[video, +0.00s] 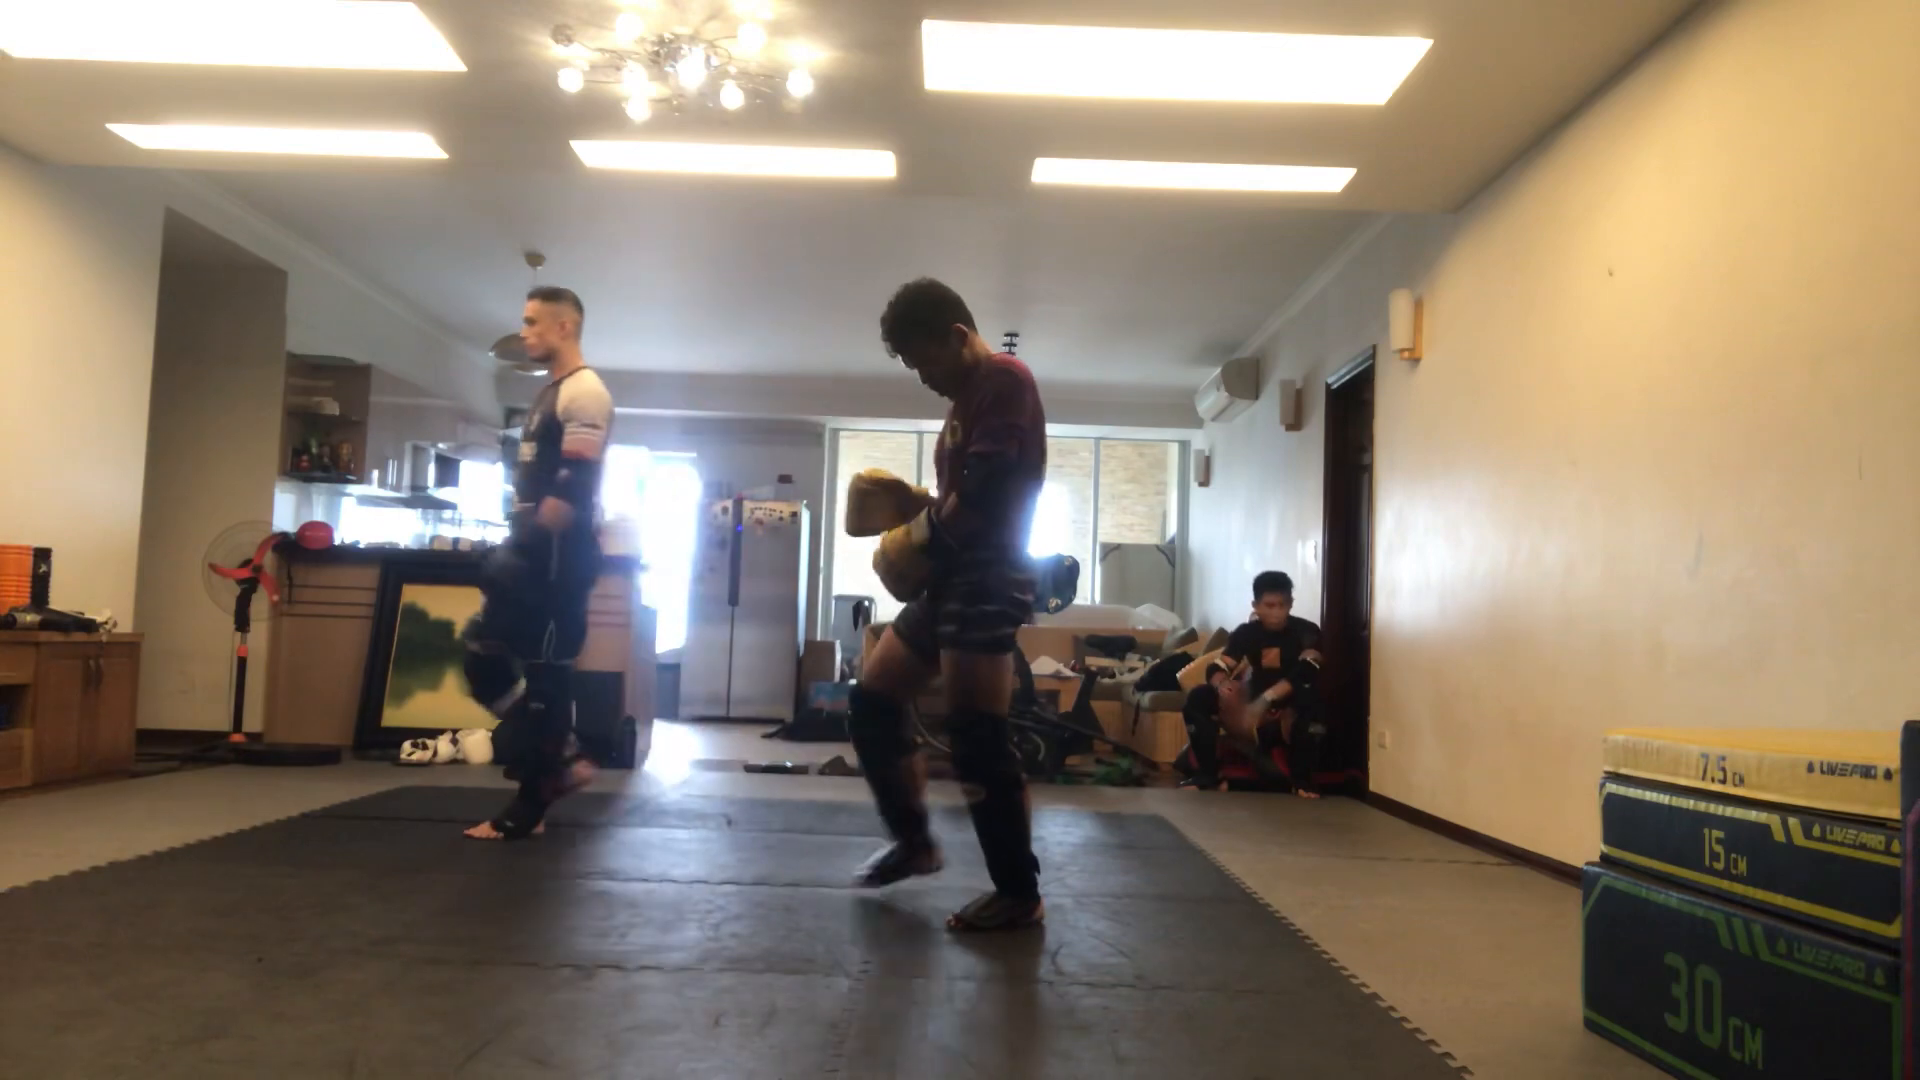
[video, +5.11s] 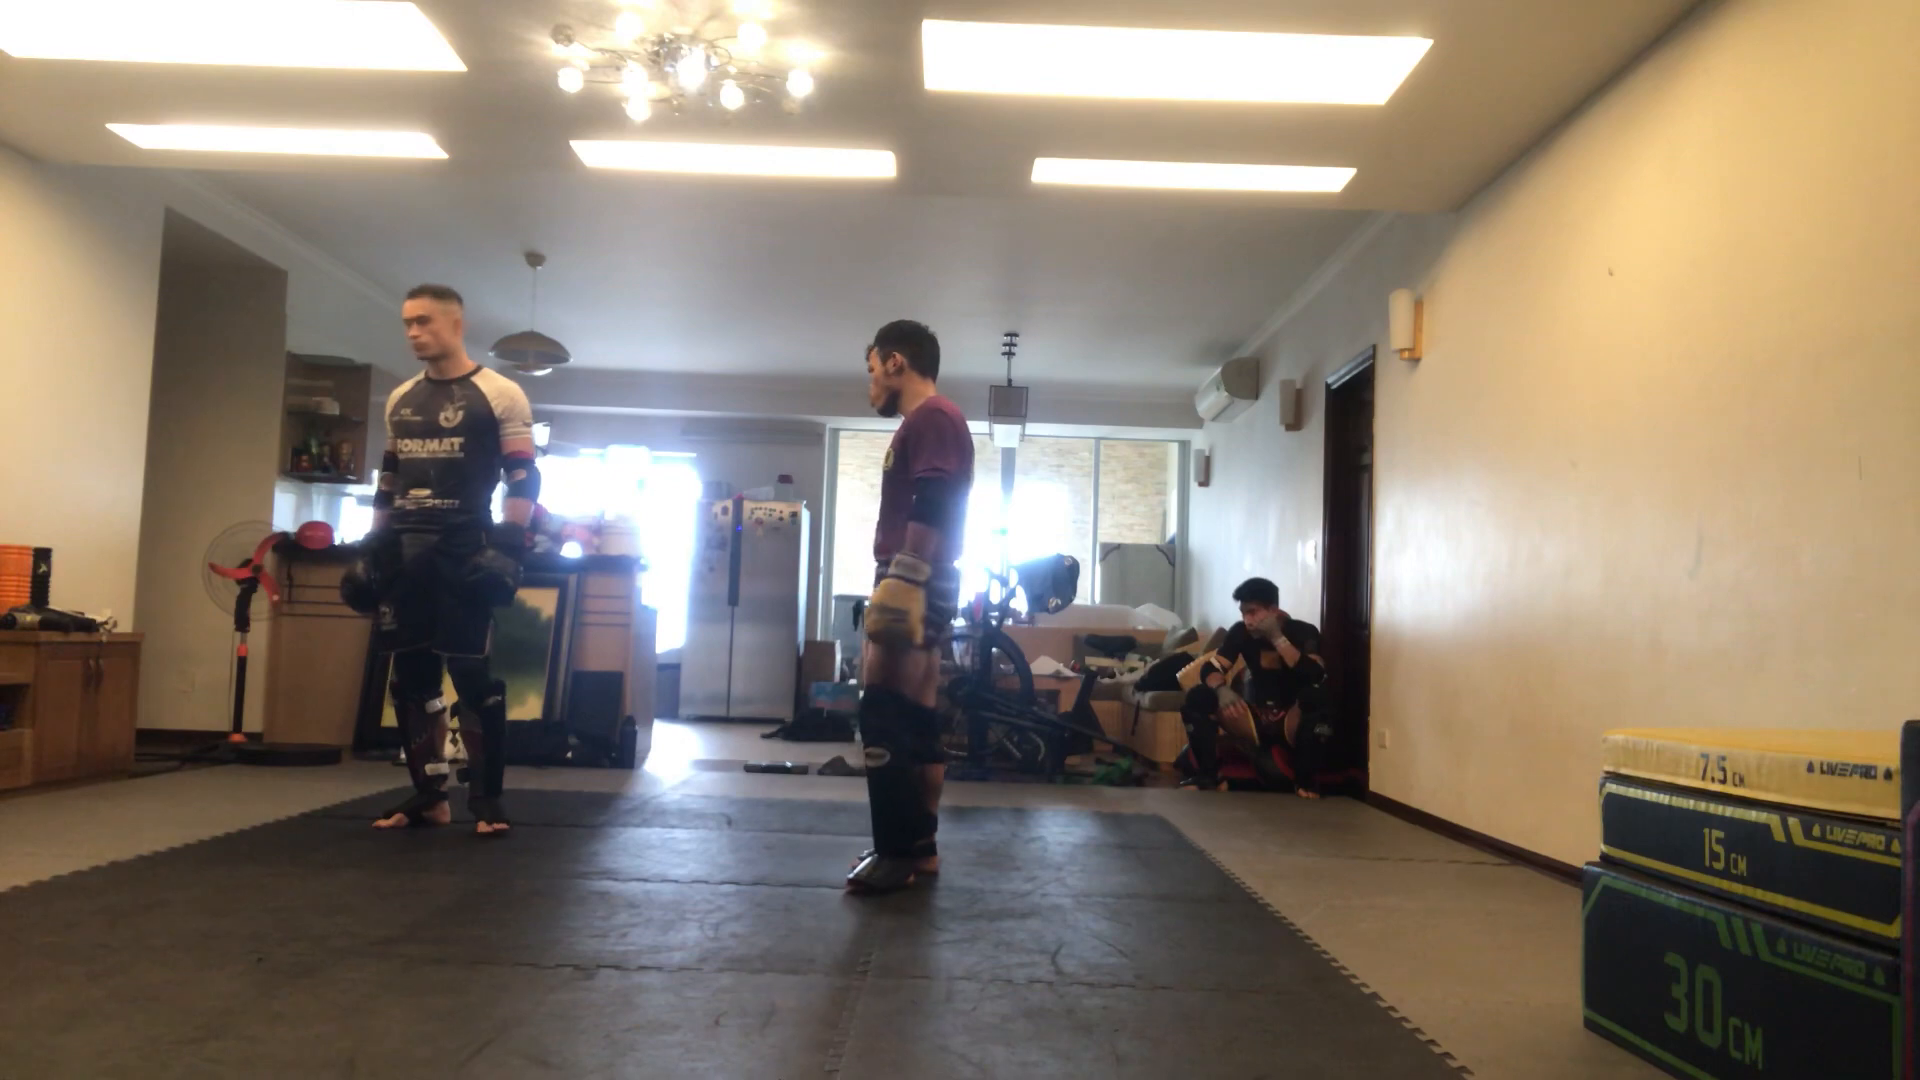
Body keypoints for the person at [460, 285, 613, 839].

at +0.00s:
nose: (523, 333)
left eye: (531, 323)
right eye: (523, 324)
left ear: (566, 326)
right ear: (555, 329)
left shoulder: (584, 391)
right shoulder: (553, 391)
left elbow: (570, 492)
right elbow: (541, 484)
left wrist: (520, 552)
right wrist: (517, 545)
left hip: (559, 556)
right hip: (535, 553)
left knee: (547, 681)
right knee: (484, 662)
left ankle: (526, 813)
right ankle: (554, 759)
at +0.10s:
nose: (511, 332)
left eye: (520, 322)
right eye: (512, 323)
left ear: (555, 325)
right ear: (543, 328)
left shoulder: (574, 388)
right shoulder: (539, 390)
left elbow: (553, 488)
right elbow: (529, 483)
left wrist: (495, 543)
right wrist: (500, 540)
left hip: (553, 551)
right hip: (522, 546)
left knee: (544, 678)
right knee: (468, 662)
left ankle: (529, 812)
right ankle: (502, 774)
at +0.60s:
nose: (453, 330)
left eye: (462, 320)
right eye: (453, 322)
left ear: (498, 323)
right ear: (480, 327)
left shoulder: (532, 392)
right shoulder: (461, 397)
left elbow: (547, 486)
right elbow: (449, 483)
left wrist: (516, 556)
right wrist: (424, 546)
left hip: (491, 553)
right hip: (440, 549)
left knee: (493, 674)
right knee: (428, 671)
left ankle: (523, 803)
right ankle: (431, 796)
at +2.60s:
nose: (405, 342)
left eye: (412, 331)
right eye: (403, 333)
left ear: (447, 327)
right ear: (433, 331)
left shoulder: (497, 395)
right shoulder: (408, 404)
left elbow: (517, 483)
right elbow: (401, 490)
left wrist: (496, 551)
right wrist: (377, 557)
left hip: (459, 556)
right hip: (405, 556)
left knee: (466, 679)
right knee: (407, 681)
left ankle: (490, 806)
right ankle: (429, 799)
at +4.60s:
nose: (402, 338)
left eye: (410, 327)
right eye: (398, 330)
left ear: (444, 323)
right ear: (402, 334)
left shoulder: (493, 393)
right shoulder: (401, 401)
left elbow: (515, 483)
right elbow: (391, 487)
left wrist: (494, 552)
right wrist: (371, 553)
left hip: (457, 553)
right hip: (401, 553)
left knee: (465, 677)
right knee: (408, 679)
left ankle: (490, 805)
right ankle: (429, 799)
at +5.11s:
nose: (412, 333)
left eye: (422, 322)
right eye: (408, 324)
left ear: (456, 322)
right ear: (408, 331)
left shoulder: (501, 394)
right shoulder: (400, 399)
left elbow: (522, 481)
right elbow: (389, 483)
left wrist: (506, 549)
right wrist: (374, 547)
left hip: (465, 554)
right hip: (407, 553)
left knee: (470, 676)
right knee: (412, 679)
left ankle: (487, 801)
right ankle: (430, 799)